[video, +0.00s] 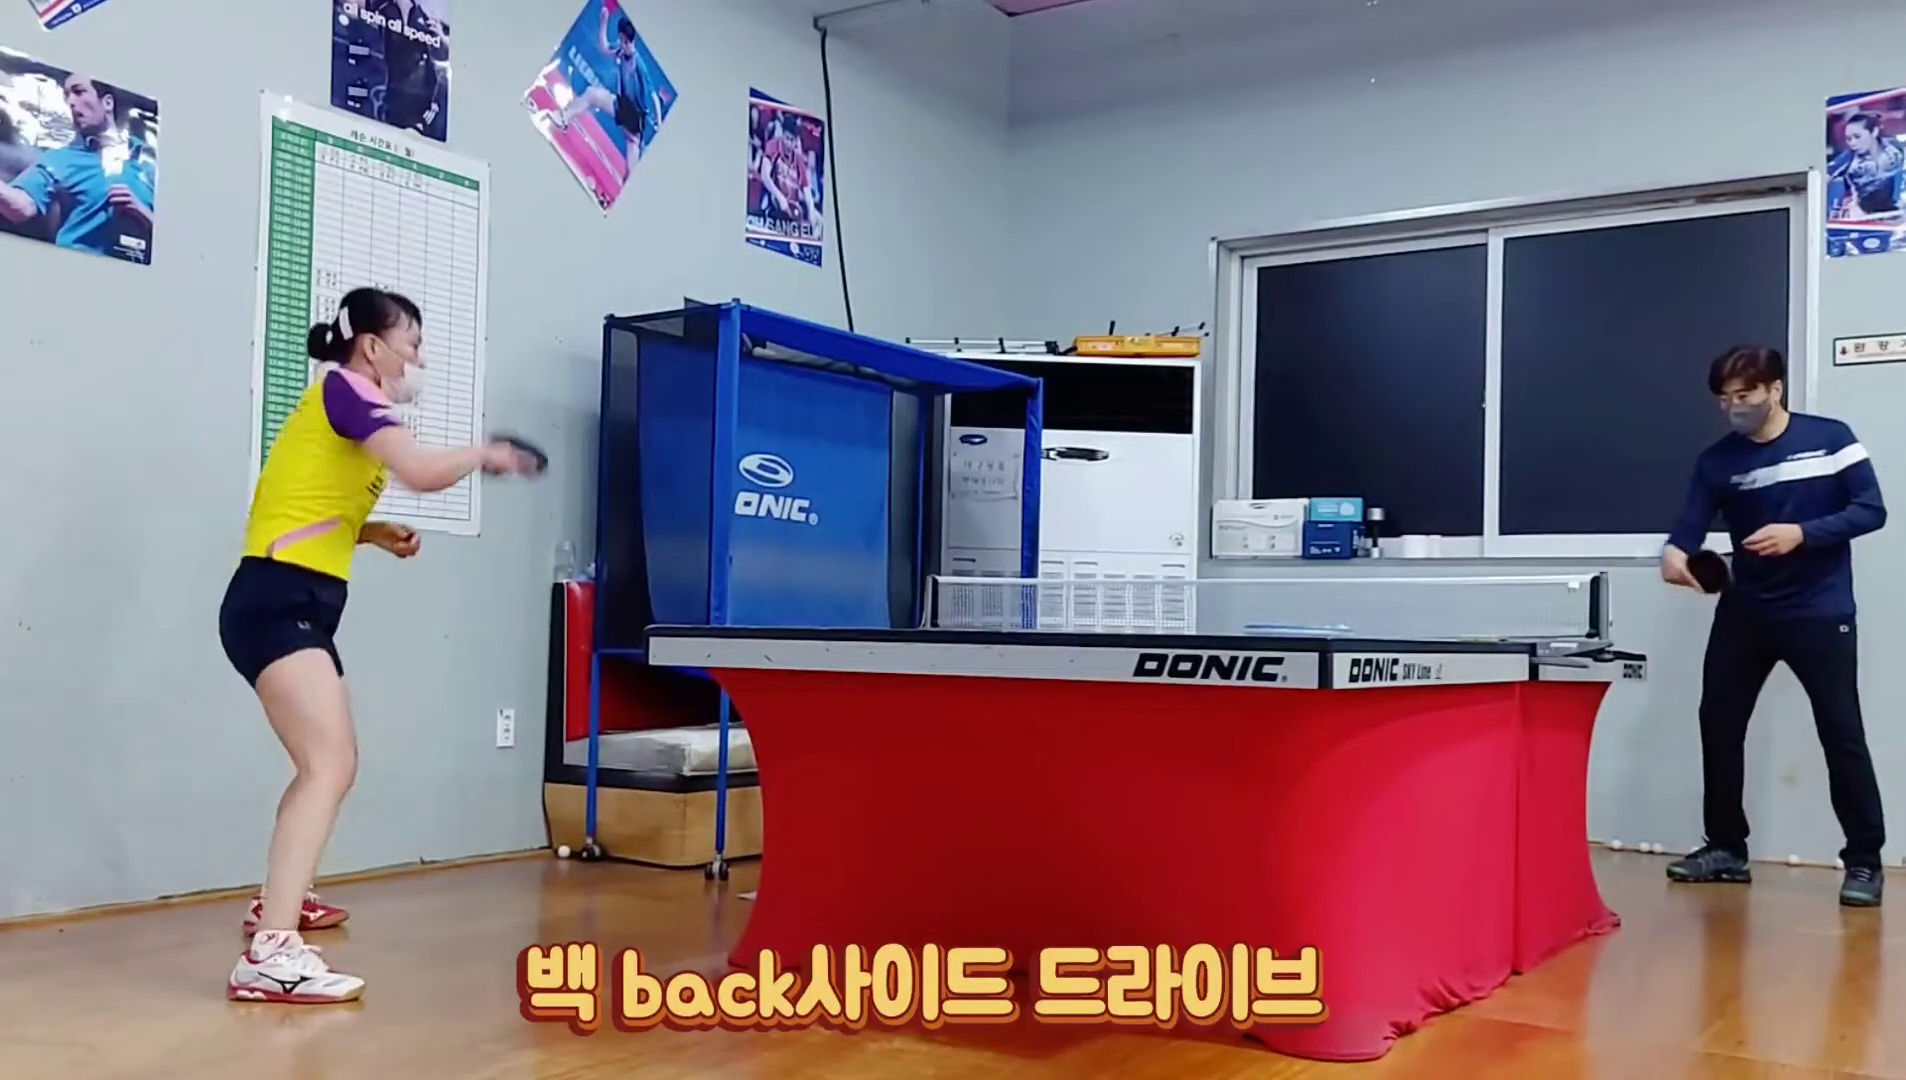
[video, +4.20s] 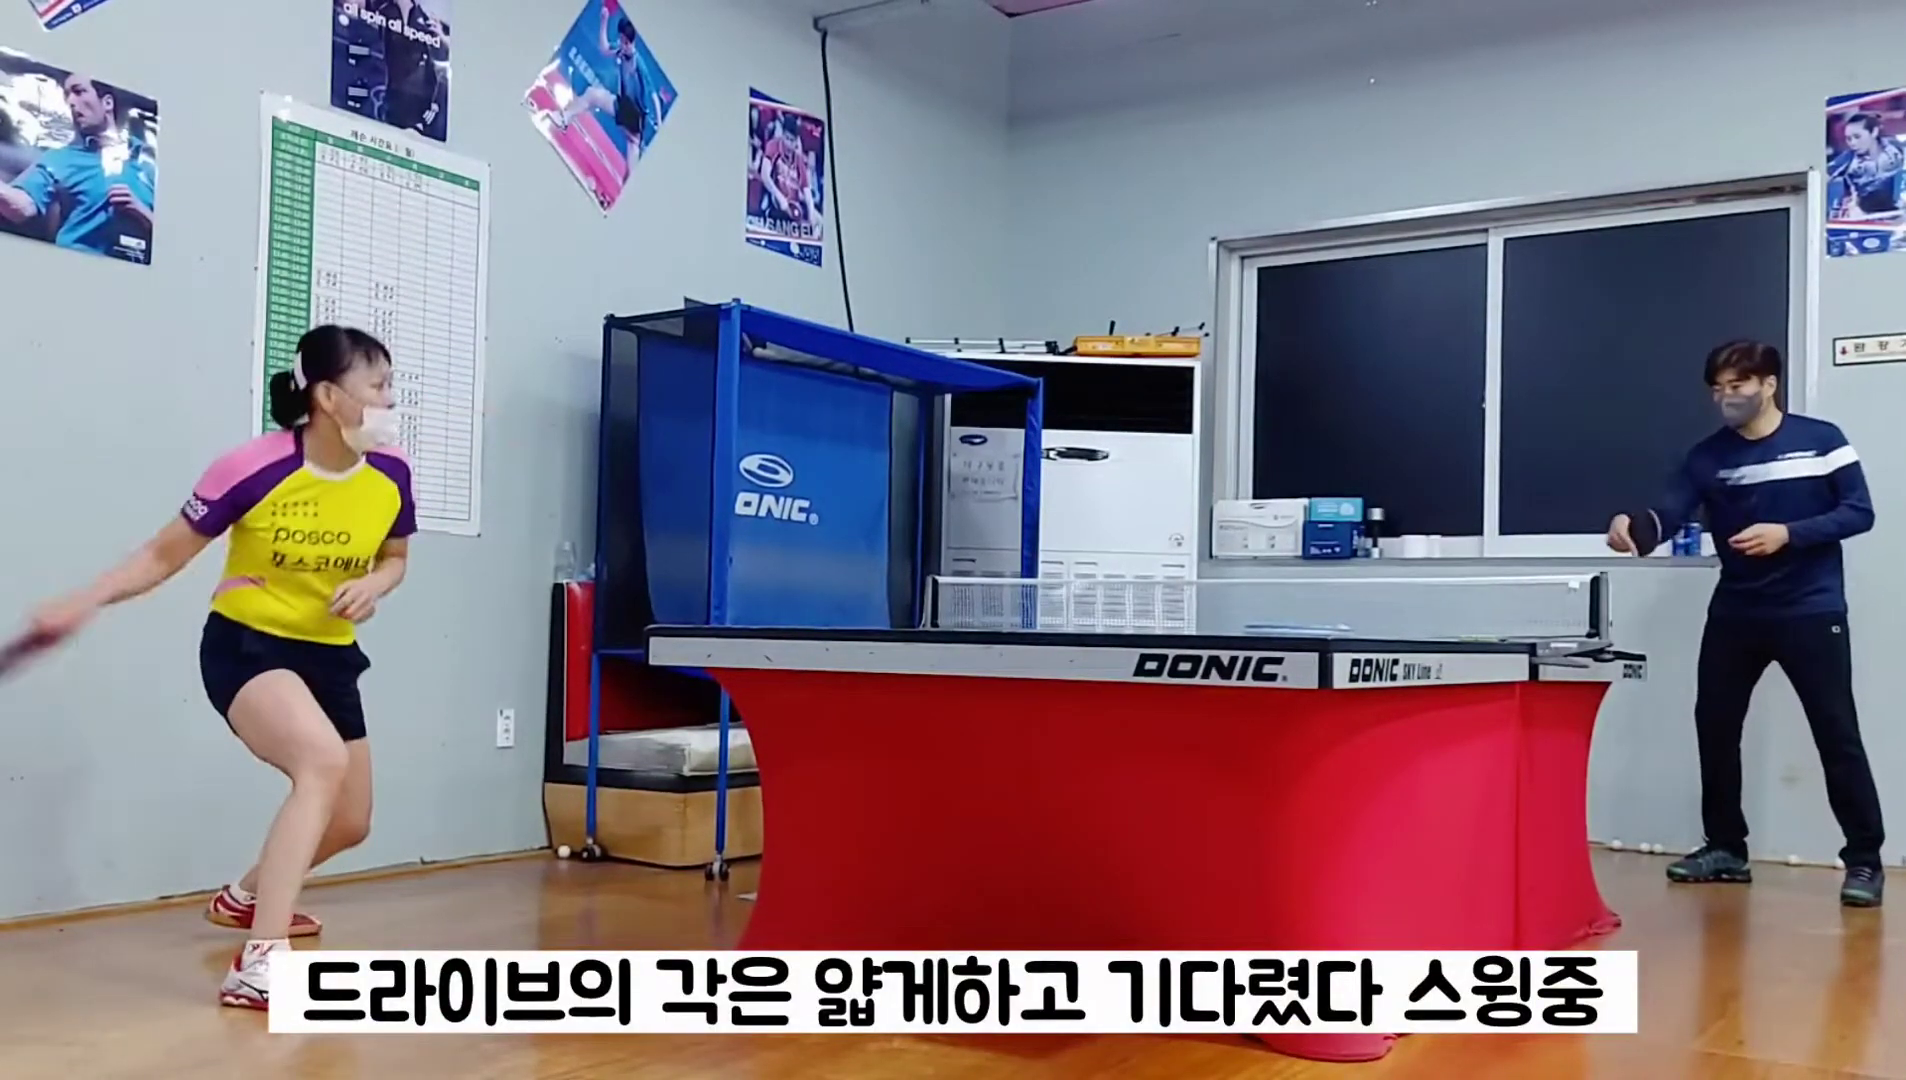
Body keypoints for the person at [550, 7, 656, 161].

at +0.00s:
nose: (621, 42)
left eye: (624, 39)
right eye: (621, 39)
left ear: (628, 40)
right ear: (619, 38)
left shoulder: (632, 58)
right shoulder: (621, 53)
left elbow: (631, 55)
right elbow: (604, 50)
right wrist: (603, 23)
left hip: (629, 108)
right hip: (636, 114)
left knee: (592, 94)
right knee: (633, 146)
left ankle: (563, 118)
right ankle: (630, 182)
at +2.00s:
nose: (621, 42)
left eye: (624, 40)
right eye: (621, 39)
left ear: (628, 40)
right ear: (619, 38)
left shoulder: (631, 57)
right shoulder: (621, 53)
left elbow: (630, 55)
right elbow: (604, 50)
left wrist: (628, 50)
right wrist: (604, 22)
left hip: (628, 107)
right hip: (636, 114)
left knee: (592, 94)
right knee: (633, 144)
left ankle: (562, 118)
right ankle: (629, 179)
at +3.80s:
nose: (622, 43)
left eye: (624, 40)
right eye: (622, 40)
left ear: (628, 41)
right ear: (622, 40)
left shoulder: (632, 56)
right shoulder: (621, 54)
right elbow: (604, 49)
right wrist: (604, 22)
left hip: (628, 109)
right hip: (636, 115)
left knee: (593, 94)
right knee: (632, 164)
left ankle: (563, 118)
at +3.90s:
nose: (621, 42)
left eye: (623, 39)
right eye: (621, 38)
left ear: (627, 39)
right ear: (623, 38)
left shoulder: (629, 53)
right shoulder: (623, 52)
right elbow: (604, 49)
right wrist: (604, 22)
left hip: (628, 109)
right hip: (637, 116)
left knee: (593, 94)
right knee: (633, 163)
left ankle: (564, 118)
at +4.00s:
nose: (622, 43)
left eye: (624, 40)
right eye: (621, 39)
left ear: (628, 41)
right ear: (622, 39)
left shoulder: (631, 55)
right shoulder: (623, 52)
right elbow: (604, 50)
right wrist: (604, 22)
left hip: (628, 109)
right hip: (637, 115)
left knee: (593, 94)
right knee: (632, 163)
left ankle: (563, 118)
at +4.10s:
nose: (621, 42)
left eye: (623, 39)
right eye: (621, 39)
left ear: (627, 40)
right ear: (625, 39)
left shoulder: (631, 55)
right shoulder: (623, 52)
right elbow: (604, 50)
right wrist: (604, 22)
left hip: (628, 108)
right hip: (636, 115)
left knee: (593, 94)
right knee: (633, 159)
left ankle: (563, 117)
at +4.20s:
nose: (621, 43)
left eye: (623, 40)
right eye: (621, 39)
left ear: (628, 40)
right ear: (624, 39)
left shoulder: (631, 55)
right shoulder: (624, 52)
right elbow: (605, 50)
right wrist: (604, 22)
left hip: (628, 108)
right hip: (637, 115)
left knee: (593, 94)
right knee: (632, 164)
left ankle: (563, 117)